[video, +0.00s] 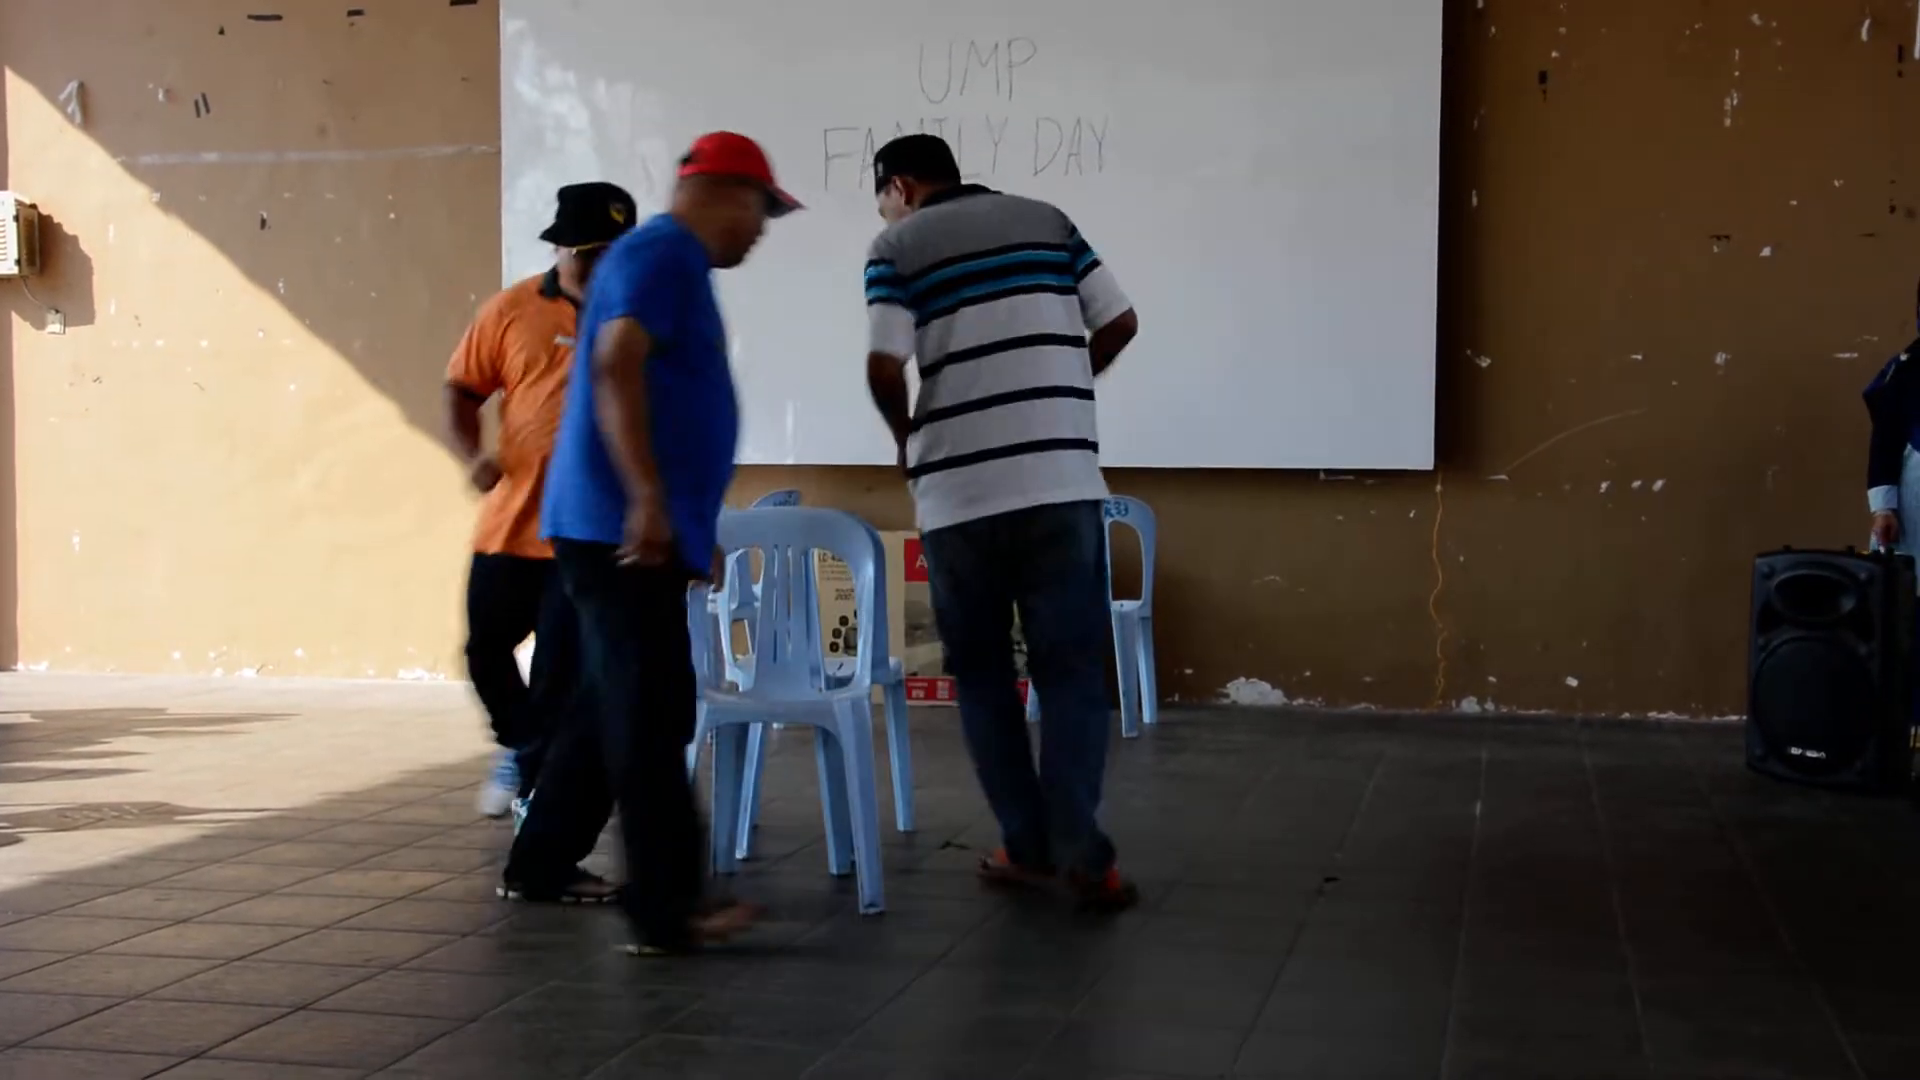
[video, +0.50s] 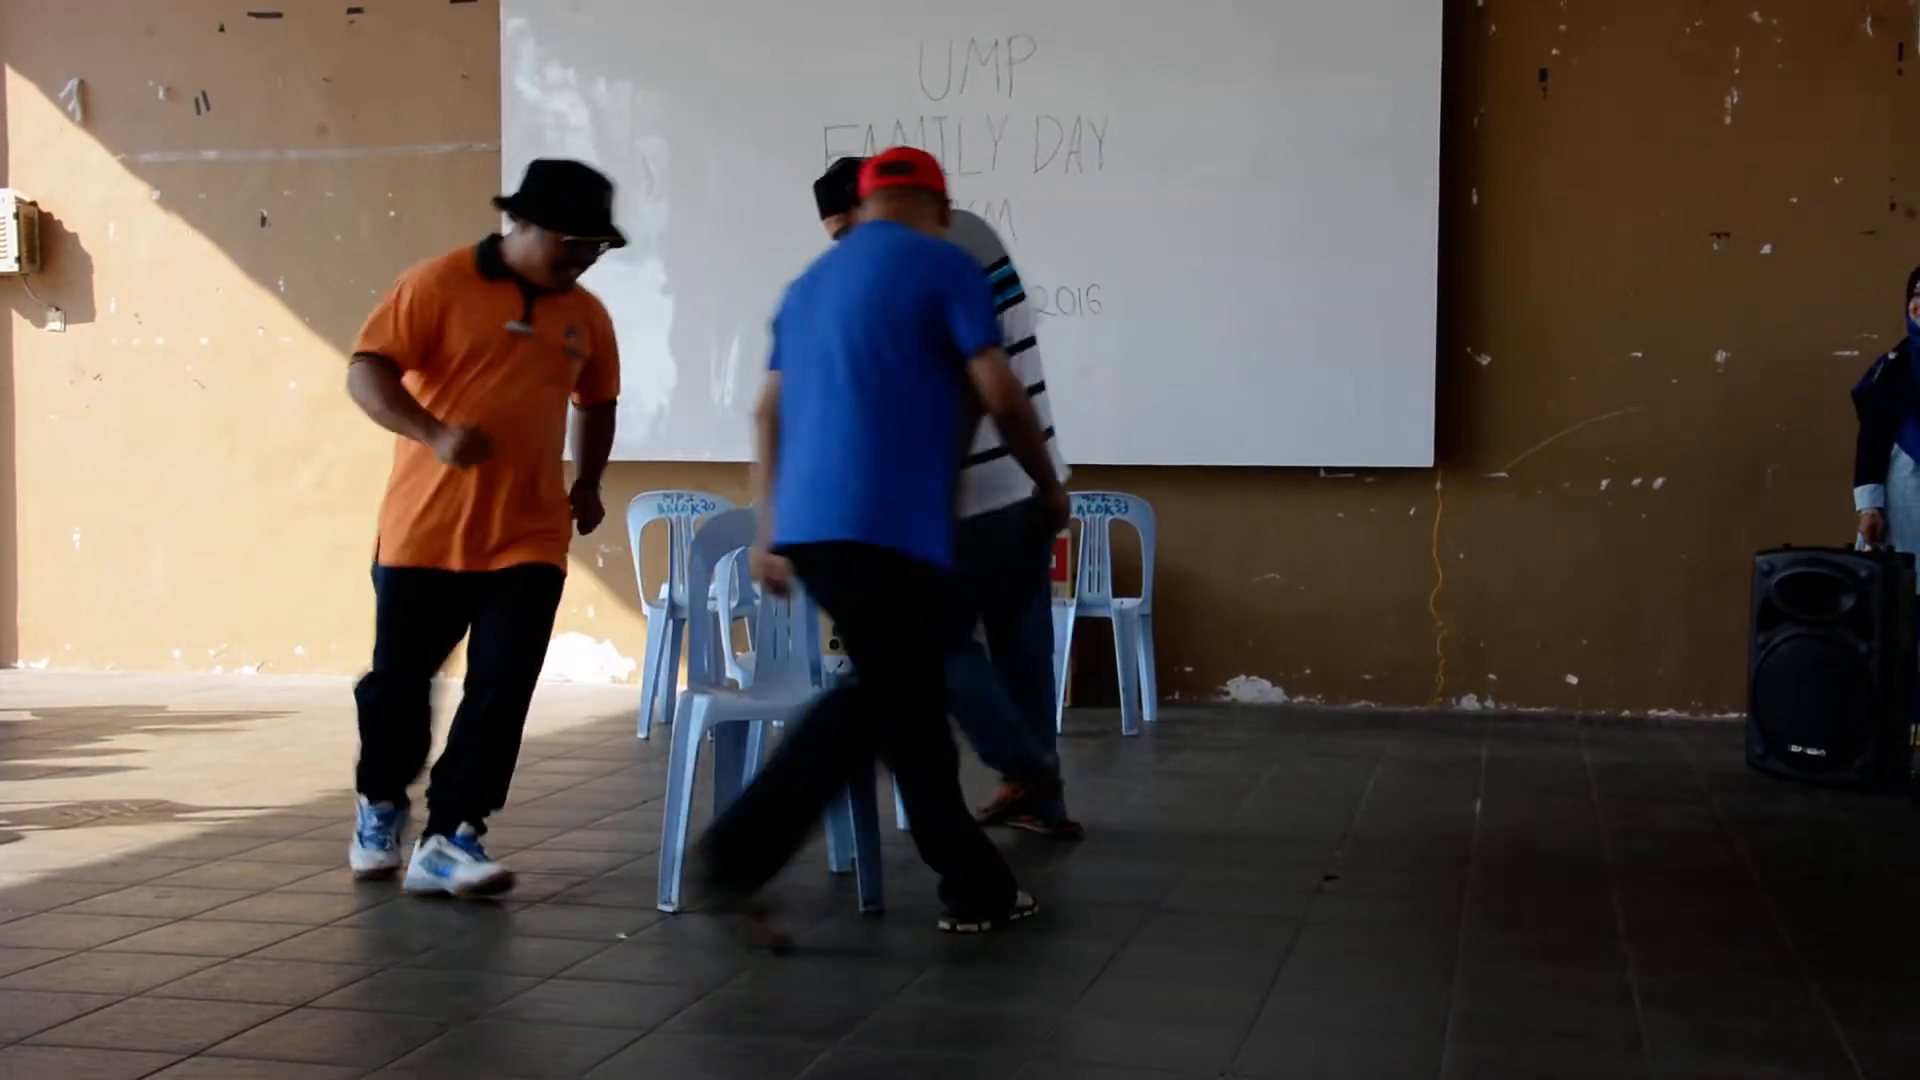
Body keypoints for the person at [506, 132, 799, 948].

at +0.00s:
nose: (761, 230)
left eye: (766, 215)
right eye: (757, 210)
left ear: (702, 194)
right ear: (715, 195)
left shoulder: (670, 263)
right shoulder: (661, 252)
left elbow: (665, 406)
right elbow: (615, 366)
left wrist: (696, 527)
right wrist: (646, 498)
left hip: (621, 530)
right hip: (621, 530)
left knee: (609, 704)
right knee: (656, 713)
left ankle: (541, 866)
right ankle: (667, 909)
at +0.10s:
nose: (796, 237)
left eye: (800, 222)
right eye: (794, 218)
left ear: (742, 196)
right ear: (758, 199)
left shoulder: (699, 255)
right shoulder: (708, 250)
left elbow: (682, 391)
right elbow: (695, 368)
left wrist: (718, 515)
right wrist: (734, 493)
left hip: (650, 533)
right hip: (651, 534)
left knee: (646, 712)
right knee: (672, 730)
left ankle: (534, 844)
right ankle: (680, 917)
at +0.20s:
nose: (831, 233)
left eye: (835, 218)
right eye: (831, 214)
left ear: (761, 189)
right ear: (805, 198)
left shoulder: (718, 251)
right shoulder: (769, 249)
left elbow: (709, 397)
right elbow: (806, 375)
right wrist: (855, 457)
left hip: (658, 522)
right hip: (702, 529)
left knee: (690, 714)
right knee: (719, 708)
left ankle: (583, 816)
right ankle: (678, 918)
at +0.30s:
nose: (884, 234)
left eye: (885, 219)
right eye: (880, 216)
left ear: (801, 193)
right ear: (855, 201)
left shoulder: (748, 260)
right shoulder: (838, 257)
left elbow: (722, 406)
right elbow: (909, 387)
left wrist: (665, 535)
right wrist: (984, 495)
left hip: (700, 523)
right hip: (750, 534)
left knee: (826, 672)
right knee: (726, 718)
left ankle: (745, 854)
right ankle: (678, 916)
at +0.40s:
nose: (914, 225)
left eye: (913, 214)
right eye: (912, 212)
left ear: (830, 198)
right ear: (903, 203)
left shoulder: (770, 274)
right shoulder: (897, 261)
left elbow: (729, 405)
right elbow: (965, 390)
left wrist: (723, 518)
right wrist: (1035, 483)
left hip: (756, 519)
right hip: (809, 527)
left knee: (878, 708)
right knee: (758, 717)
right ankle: (677, 912)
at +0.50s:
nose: (946, 220)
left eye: (940, 208)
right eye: (944, 208)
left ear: (861, 202)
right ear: (937, 204)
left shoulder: (806, 285)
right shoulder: (947, 265)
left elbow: (769, 409)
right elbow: (999, 390)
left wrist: (769, 528)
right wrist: (1048, 483)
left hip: (810, 525)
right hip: (896, 522)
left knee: (908, 708)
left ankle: (975, 889)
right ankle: (733, 860)